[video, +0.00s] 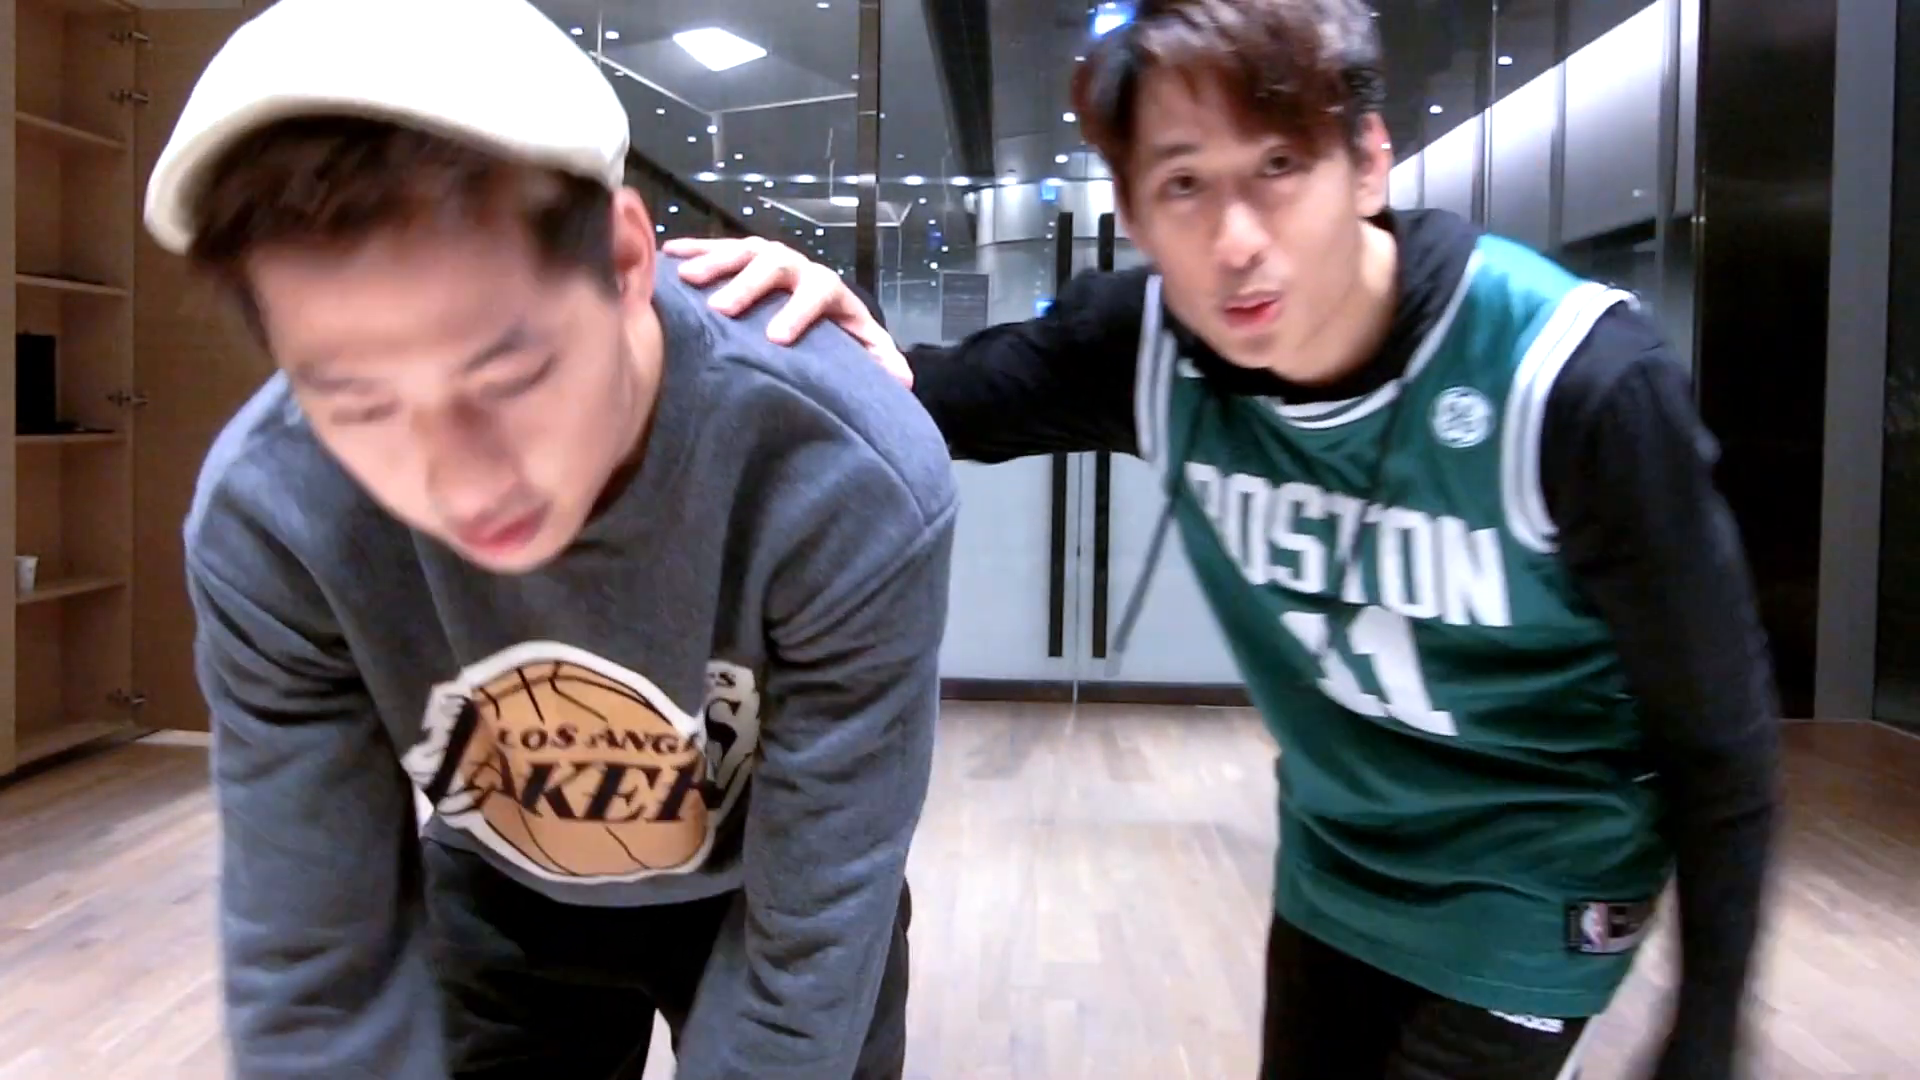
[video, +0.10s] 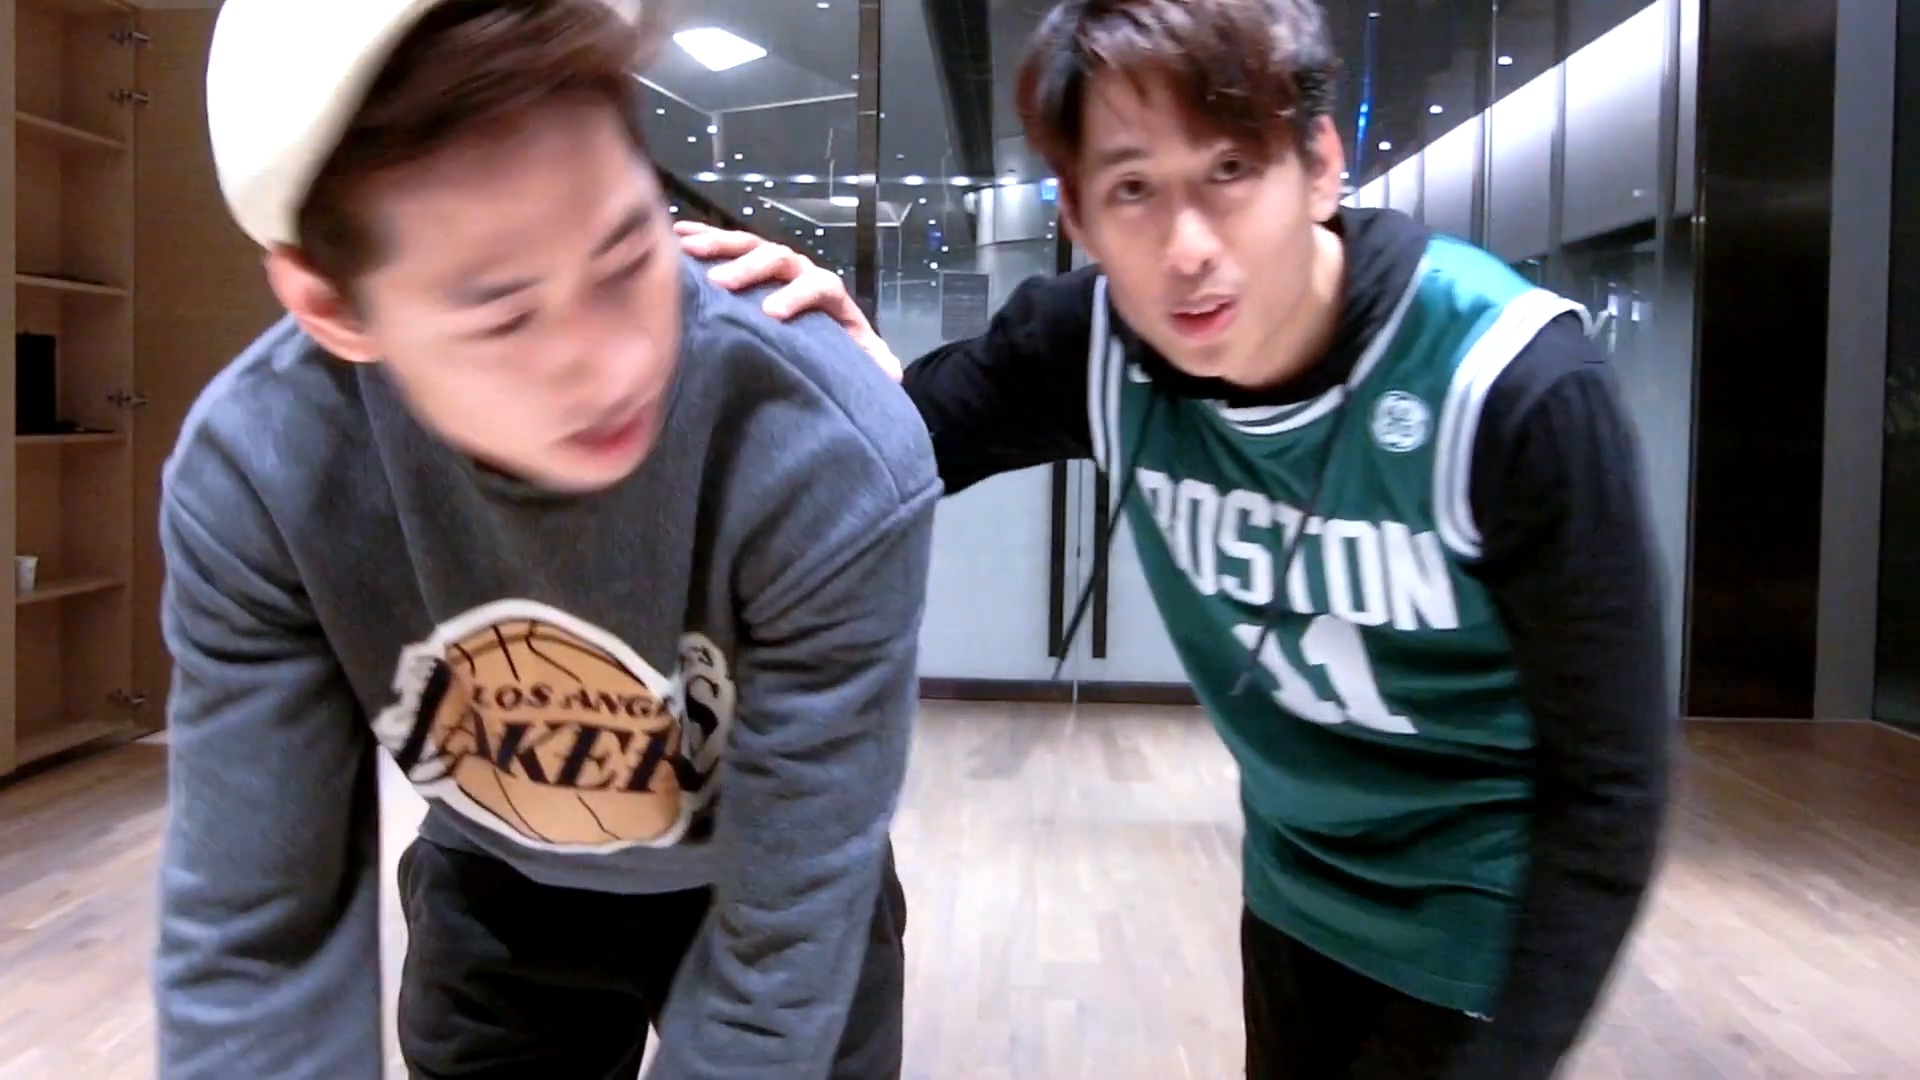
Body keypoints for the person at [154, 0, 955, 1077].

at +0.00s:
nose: (460, 484)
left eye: (509, 377)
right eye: (362, 411)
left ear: (629, 261)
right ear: (289, 373)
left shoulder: (852, 485)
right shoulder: (267, 521)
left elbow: (801, 978)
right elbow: (315, 998)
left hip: (771, 903)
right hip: (507, 896)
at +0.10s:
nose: (606, 364)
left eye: (625, 254)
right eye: (503, 319)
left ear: (656, 192)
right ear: (330, 309)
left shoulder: (834, 460)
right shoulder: (257, 475)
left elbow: (776, 973)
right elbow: (252, 959)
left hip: (782, 882)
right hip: (508, 876)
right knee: (472, 1058)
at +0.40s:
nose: (729, 253)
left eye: (713, 162)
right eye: (648, 237)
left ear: (711, 114)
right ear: (443, 302)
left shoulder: (815, 397)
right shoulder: (235, 409)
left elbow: (698, 888)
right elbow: (319, 833)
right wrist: (361, 1060)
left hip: (759, 866)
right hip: (485, 873)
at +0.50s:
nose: (731, 249)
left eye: (710, 157)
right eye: (648, 236)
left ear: (707, 108)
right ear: (442, 301)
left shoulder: (810, 390)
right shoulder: (228, 406)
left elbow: (723, 868)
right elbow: (358, 785)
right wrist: (455, 981)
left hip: (757, 867)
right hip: (488, 880)